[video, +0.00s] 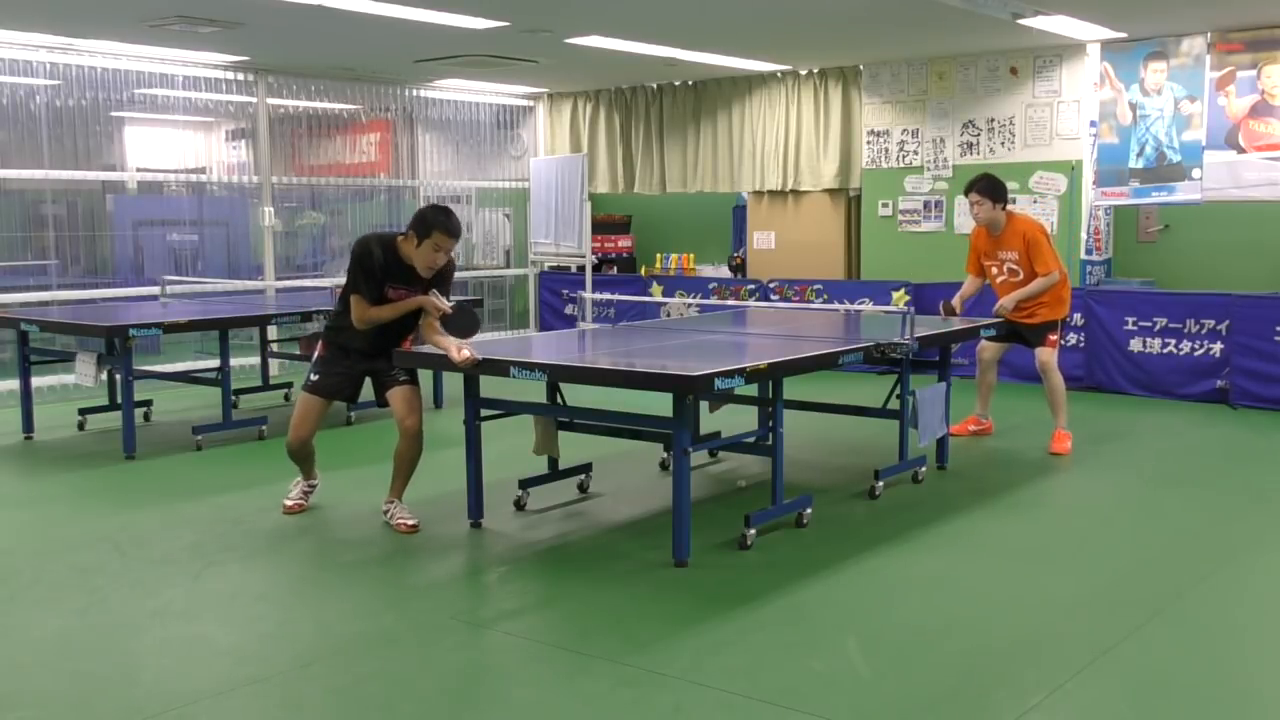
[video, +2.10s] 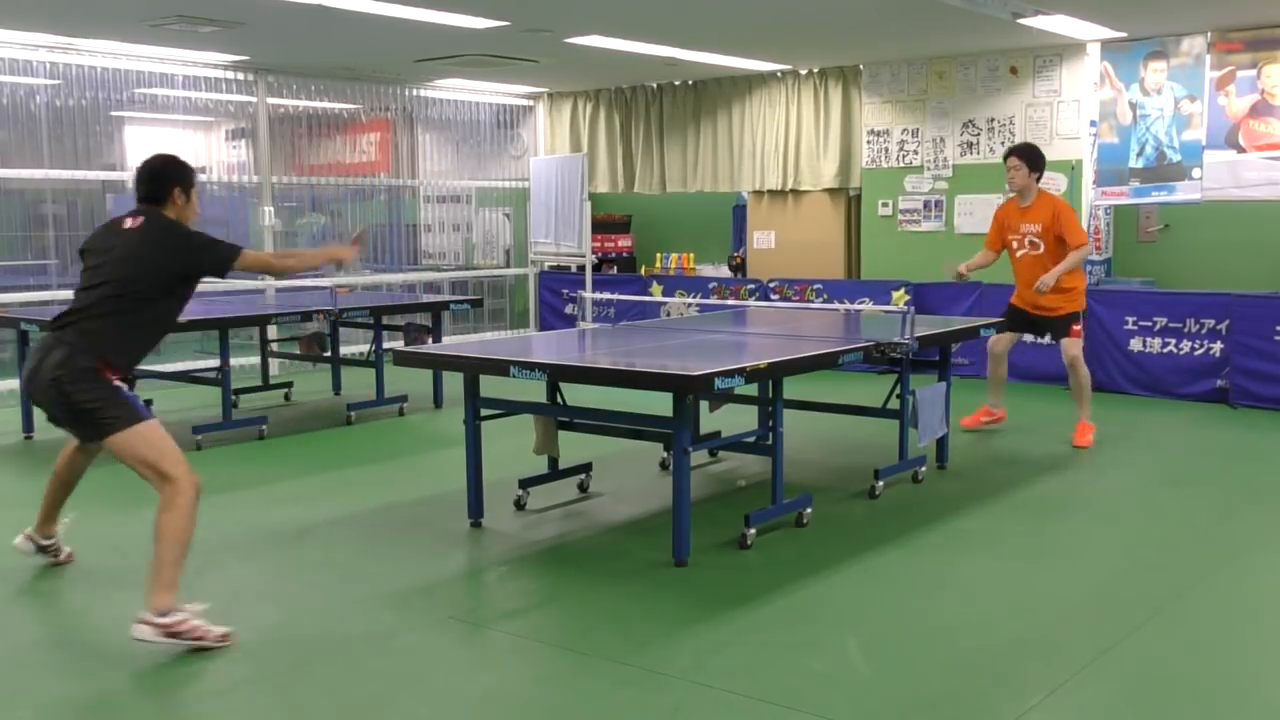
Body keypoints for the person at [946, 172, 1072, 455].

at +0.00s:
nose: (974, 211)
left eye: (980, 204)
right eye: (971, 204)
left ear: (999, 205)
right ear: (971, 206)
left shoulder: (1029, 230)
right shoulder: (979, 235)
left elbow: (1053, 275)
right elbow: (977, 276)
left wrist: (1015, 296)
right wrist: (958, 298)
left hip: (1046, 306)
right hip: (1011, 308)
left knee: (1045, 362)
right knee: (985, 353)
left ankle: (1061, 429)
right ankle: (982, 418)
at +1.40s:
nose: (989, 209)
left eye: (995, 203)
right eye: (987, 203)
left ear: (1015, 204)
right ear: (986, 203)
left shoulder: (1043, 235)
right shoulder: (983, 237)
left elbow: (1057, 284)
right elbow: (955, 267)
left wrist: (1021, 289)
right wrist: (948, 286)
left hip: (1041, 320)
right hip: (998, 319)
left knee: (1055, 373)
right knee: (958, 362)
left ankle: (1076, 434)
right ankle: (947, 427)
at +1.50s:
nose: (977, 211)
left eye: (982, 205)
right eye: (975, 205)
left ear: (1003, 206)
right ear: (973, 206)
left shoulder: (1029, 234)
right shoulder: (970, 238)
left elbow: (1050, 280)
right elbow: (926, 255)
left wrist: (1016, 292)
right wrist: (927, 276)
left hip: (1035, 322)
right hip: (993, 321)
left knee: (1051, 374)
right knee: (953, 361)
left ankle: (1076, 433)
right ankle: (947, 427)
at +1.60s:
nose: (966, 205)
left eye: (972, 200)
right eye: (965, 200)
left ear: (992, 202)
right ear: (965, 201)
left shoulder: (1019, 231)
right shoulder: (959, 235)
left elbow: (1044, 273)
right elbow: (921, 247)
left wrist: (1013, 289)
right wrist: (906, 242)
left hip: (1033, 319)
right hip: (991, 319)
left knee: (1049, 370)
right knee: (952, 359)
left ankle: (1076, 433)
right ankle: (948, 428)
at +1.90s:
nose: (989, 193)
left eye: (996, 187)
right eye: (987, 188)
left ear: (1015, 191)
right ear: (986, 191)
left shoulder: (1039, 224)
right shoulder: (981, 230)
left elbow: (1065, 262)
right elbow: (949, 261)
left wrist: (1036, 273)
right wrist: (926, 252)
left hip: (1042, 318)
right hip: (1000, 318)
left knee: (1055, 375)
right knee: (968, 360)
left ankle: (1076, 423)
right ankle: (949, 425)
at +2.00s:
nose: (1001, 184)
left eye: (1008, 178)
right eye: (999, 179)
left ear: (1027, 181)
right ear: (999, 182)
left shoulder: (1052, 216)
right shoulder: (999, 220)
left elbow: (1076, 256)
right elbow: (975, 256)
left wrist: (1046, 271)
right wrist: (945, 261)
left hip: (1053, 312)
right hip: (1015, 311)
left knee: (1058, 368)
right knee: (988, 355)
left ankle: (1075, 424)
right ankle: (957, 417)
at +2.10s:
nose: (1009, 175)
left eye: (1016, 169)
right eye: (1007, 170)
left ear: (1034, 173)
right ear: (1006, 174)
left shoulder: (1058, 208)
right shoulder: (1005, 212)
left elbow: (1083, 248)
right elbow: (991, 251)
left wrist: (1055, 273)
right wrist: (969, 266)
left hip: (1065, 299)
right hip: (1025, 298)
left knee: (1073, 357)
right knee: (996, 347)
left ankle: (1085, 421)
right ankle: (994, 409)